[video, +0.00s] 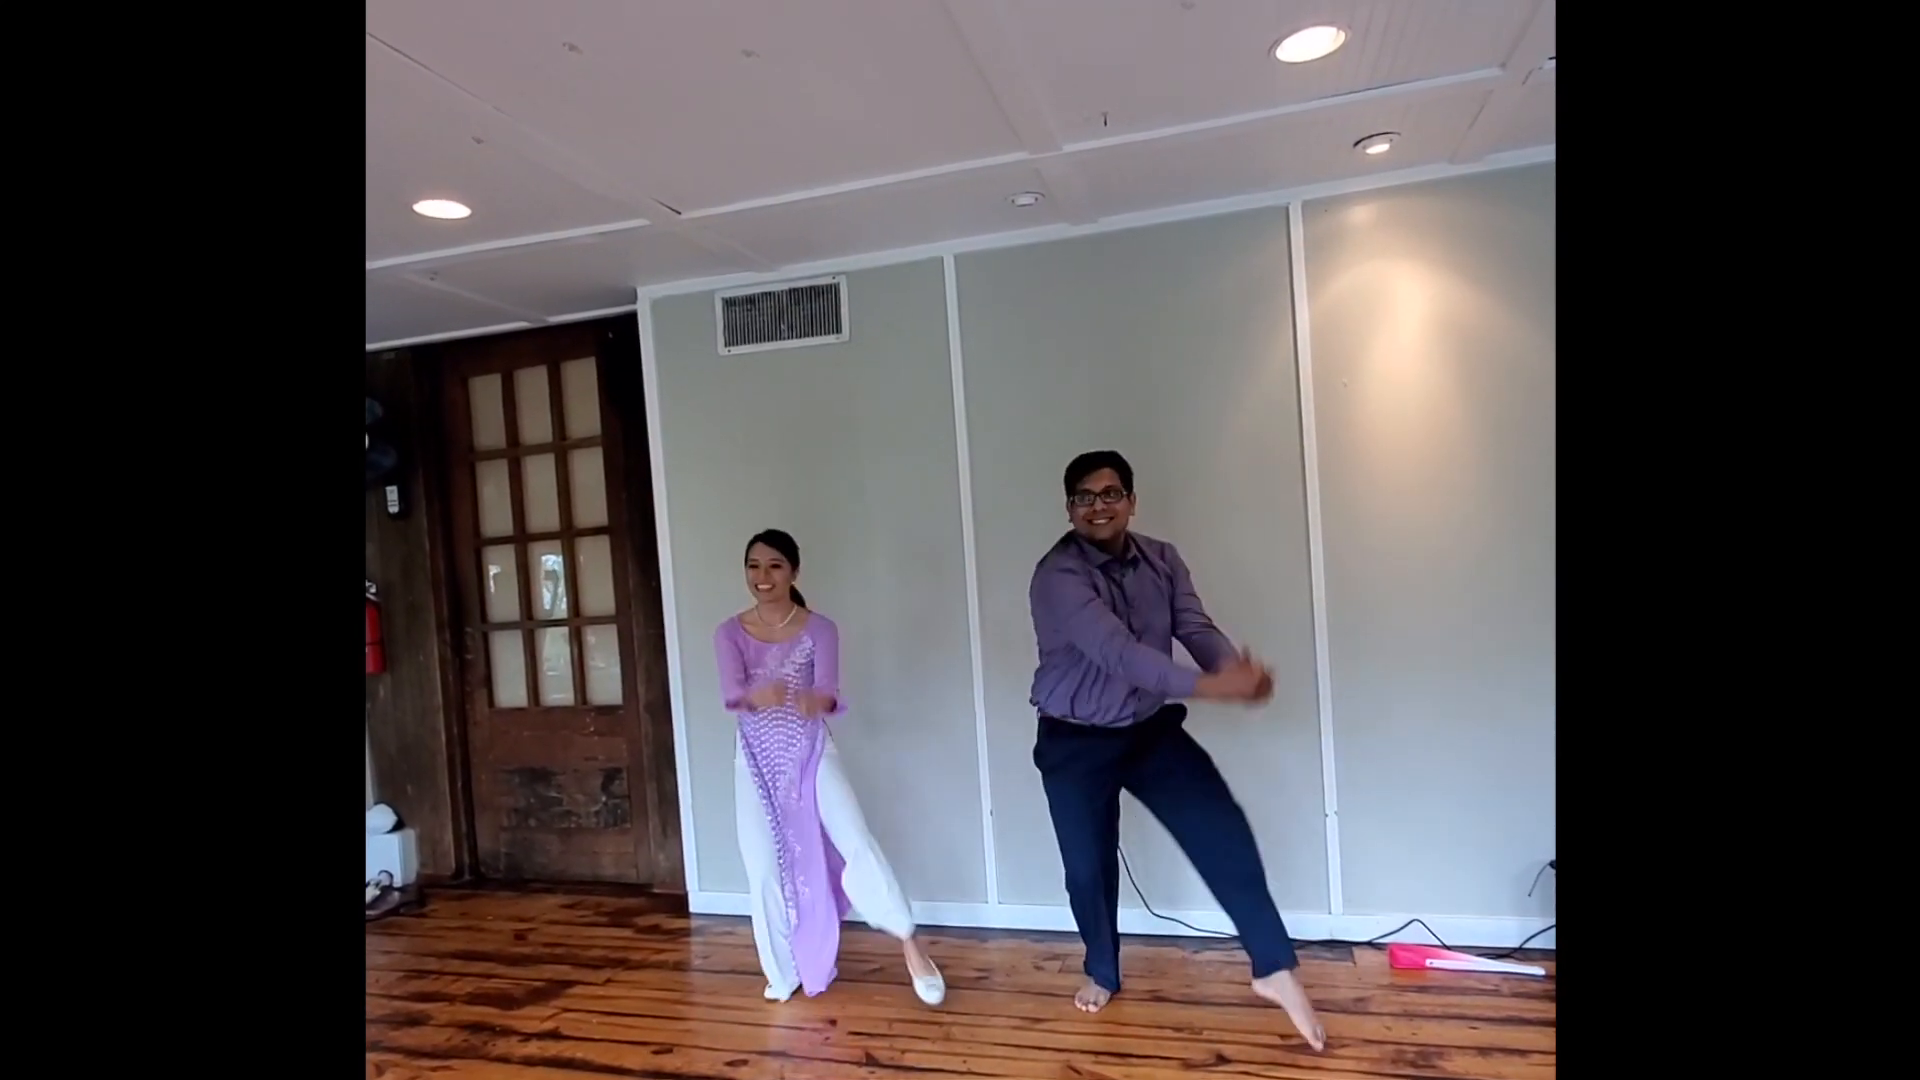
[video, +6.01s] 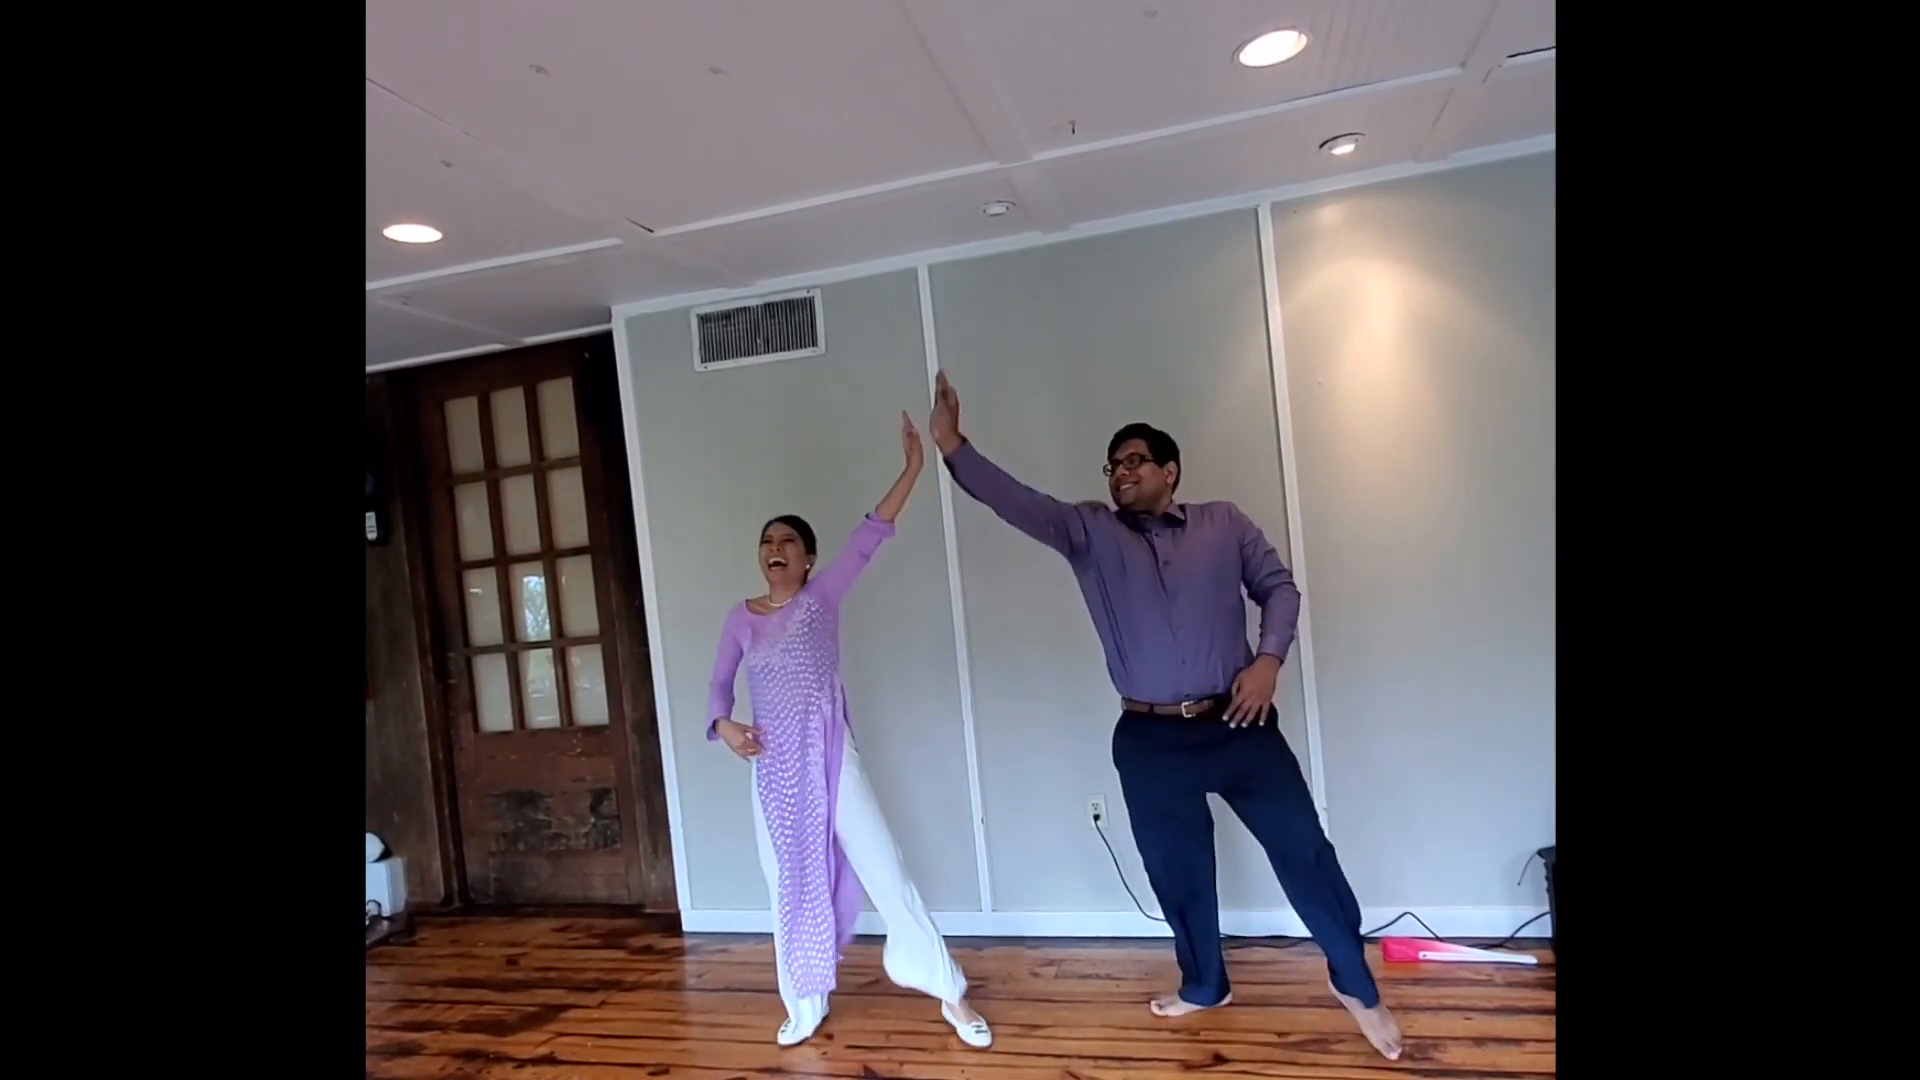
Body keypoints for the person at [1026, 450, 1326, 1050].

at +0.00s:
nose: (1098, 506)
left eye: (1110, 494)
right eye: (1084, 497)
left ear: (1131, 501)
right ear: (1069, 507)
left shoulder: (1161, 559)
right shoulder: (1059, 577)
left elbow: (1194, 628)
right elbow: (1117, 651)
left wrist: (1233, 665)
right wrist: (1207, 685)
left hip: (1153, 729)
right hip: (1076, 740)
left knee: (1222, 831)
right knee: (1088, 868)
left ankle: (1274, 969)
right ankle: (1101, 972)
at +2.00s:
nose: (1109, 482)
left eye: (1121, 474)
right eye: (1116, 472)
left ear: (1155, 489)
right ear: (1151, 489)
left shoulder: (1192, 542)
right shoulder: (1145, 570)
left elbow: (1237, 628)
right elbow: (1134, 666)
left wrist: (1236, 731)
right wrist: (1054, 690)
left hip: (1297, 733)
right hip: (1299, 732)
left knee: (1259, 901)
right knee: (1300, 894)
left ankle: (1274, 1065)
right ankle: (1411, 1023)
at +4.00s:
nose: (1206, 491)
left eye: (1217, 476)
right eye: (1197, 484)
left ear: (1260, 473)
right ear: (1197, 494)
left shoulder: (1322, 521)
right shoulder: (1199, 555)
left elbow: (1356, 581)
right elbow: (1152, 596)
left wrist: (1364, 658)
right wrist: (1103, 597)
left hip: (1305, 725)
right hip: (1226, 732)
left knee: (1313, 850)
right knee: (1252, 859)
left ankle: (1268, 979)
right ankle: (1281, 962)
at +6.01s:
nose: (1124, 473)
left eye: (1136, 462)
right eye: (1115, 467)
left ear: (1171, 472)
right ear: (1108, 483)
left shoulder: (1223, 523)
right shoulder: (1091, 532)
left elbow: (1278, 588)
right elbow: (1019, 502)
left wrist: (1268, 661)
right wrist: (954, 449)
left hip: (1239, 722)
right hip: (1151, 735)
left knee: (1305, 851)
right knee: (1178, 875)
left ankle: (1357, 986)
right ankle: (1205, 986)